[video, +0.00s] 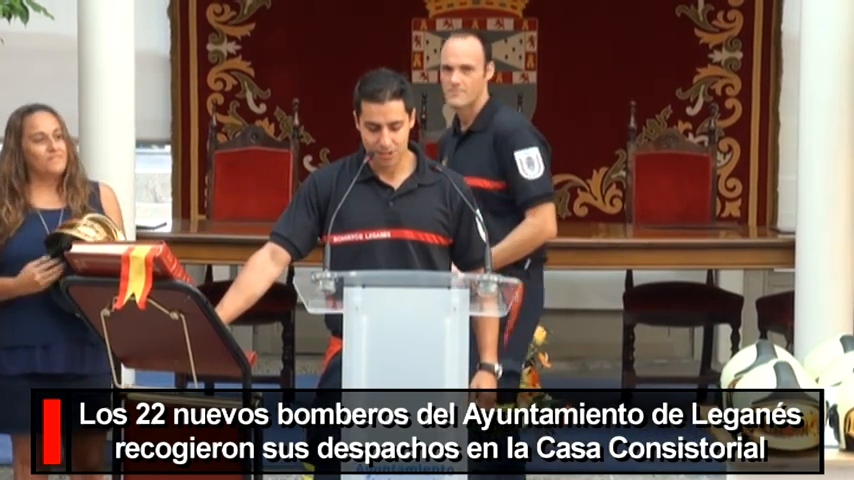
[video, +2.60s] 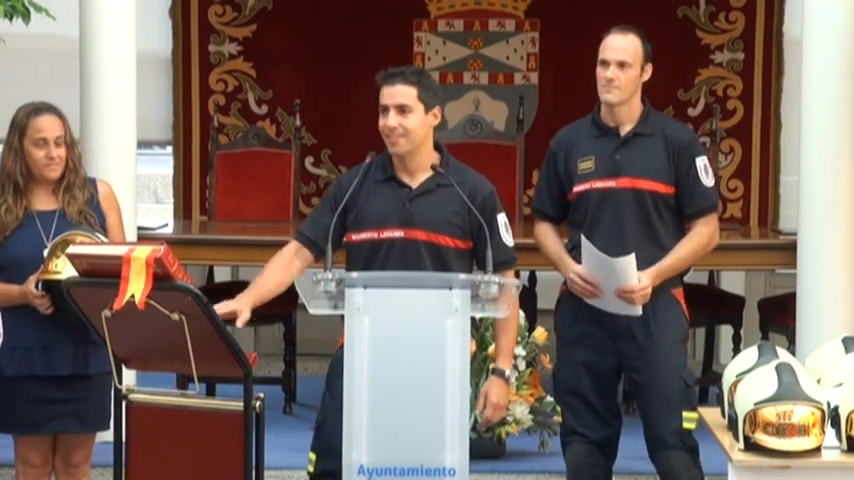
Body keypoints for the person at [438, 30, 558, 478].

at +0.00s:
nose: (453, 78)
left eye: (465, 69)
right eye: (446, 69)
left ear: (488, 74)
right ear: (439, 75)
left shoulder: (513, 132)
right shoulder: (449, 141)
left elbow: (543, 225)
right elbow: (446, 214)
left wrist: (477, 266)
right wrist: (443, 259)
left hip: (509, 296)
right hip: (464, 294)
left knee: (492, 410)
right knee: (457, 407)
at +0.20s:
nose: (498, 77)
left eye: (508, 68)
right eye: (488, 68)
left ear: (521, 72)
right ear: (472, 73)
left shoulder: (548, 131)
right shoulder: (467, 135)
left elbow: (580, 223)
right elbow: (458, 210)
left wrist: (514, 268)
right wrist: (465, 266)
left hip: (535, 293)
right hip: (478, 292)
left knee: (536, 412)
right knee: (482, 413)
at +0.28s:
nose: (512, 78)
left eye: (522, 68)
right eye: (503, 68)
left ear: (535, 73)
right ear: (487, 73)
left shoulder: (562, 134)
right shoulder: (477, 140)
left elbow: (594, 225)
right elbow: (465, 217)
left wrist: (526, 273)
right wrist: (469, 274)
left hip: (543, 304)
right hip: (488, 304)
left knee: (563, 436)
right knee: (494, 438)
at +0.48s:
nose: (548, 78)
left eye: (559, 69)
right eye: (540, 68)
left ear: (576, 75)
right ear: (527, 71)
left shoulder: (602, 137)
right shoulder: (512, 140)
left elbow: (632, 228)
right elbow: (493, 224)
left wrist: (566, 275)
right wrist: (498, 273)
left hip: (584, 316)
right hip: (520, 315)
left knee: (626, 442)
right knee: (513, 448)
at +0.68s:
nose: (582, 79)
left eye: (595, 71)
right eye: (578, 69)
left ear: (621, 79)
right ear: (570, 74)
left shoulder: (651, 143)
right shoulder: (554, 148)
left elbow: (681, 235)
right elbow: (541, 229)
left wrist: (614, 282)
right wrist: (542, 270)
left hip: (630, 326)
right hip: (561, 325)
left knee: (654, 456)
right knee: (540, 456)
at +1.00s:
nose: (624, 77)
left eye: (637, 70)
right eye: (626, 68)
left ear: (671, 78)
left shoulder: (709, 146)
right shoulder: (612, 142)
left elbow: (745, 238)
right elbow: (597, 217)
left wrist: (675, 286)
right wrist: (600, 262)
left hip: (680, 321)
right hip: (613, 317)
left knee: (688, 447)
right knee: (580, 445)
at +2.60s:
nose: (610, 74)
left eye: (622, 66)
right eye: (604, 64)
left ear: (645, 73)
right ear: (595, 69)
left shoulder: (679, 143)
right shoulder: (567, 143)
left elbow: (707, 229)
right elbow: (544, 222)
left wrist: (655, 276)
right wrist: (565, 265)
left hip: (655, 315)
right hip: (583, 314)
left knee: (670, 445)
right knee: (584, 446)